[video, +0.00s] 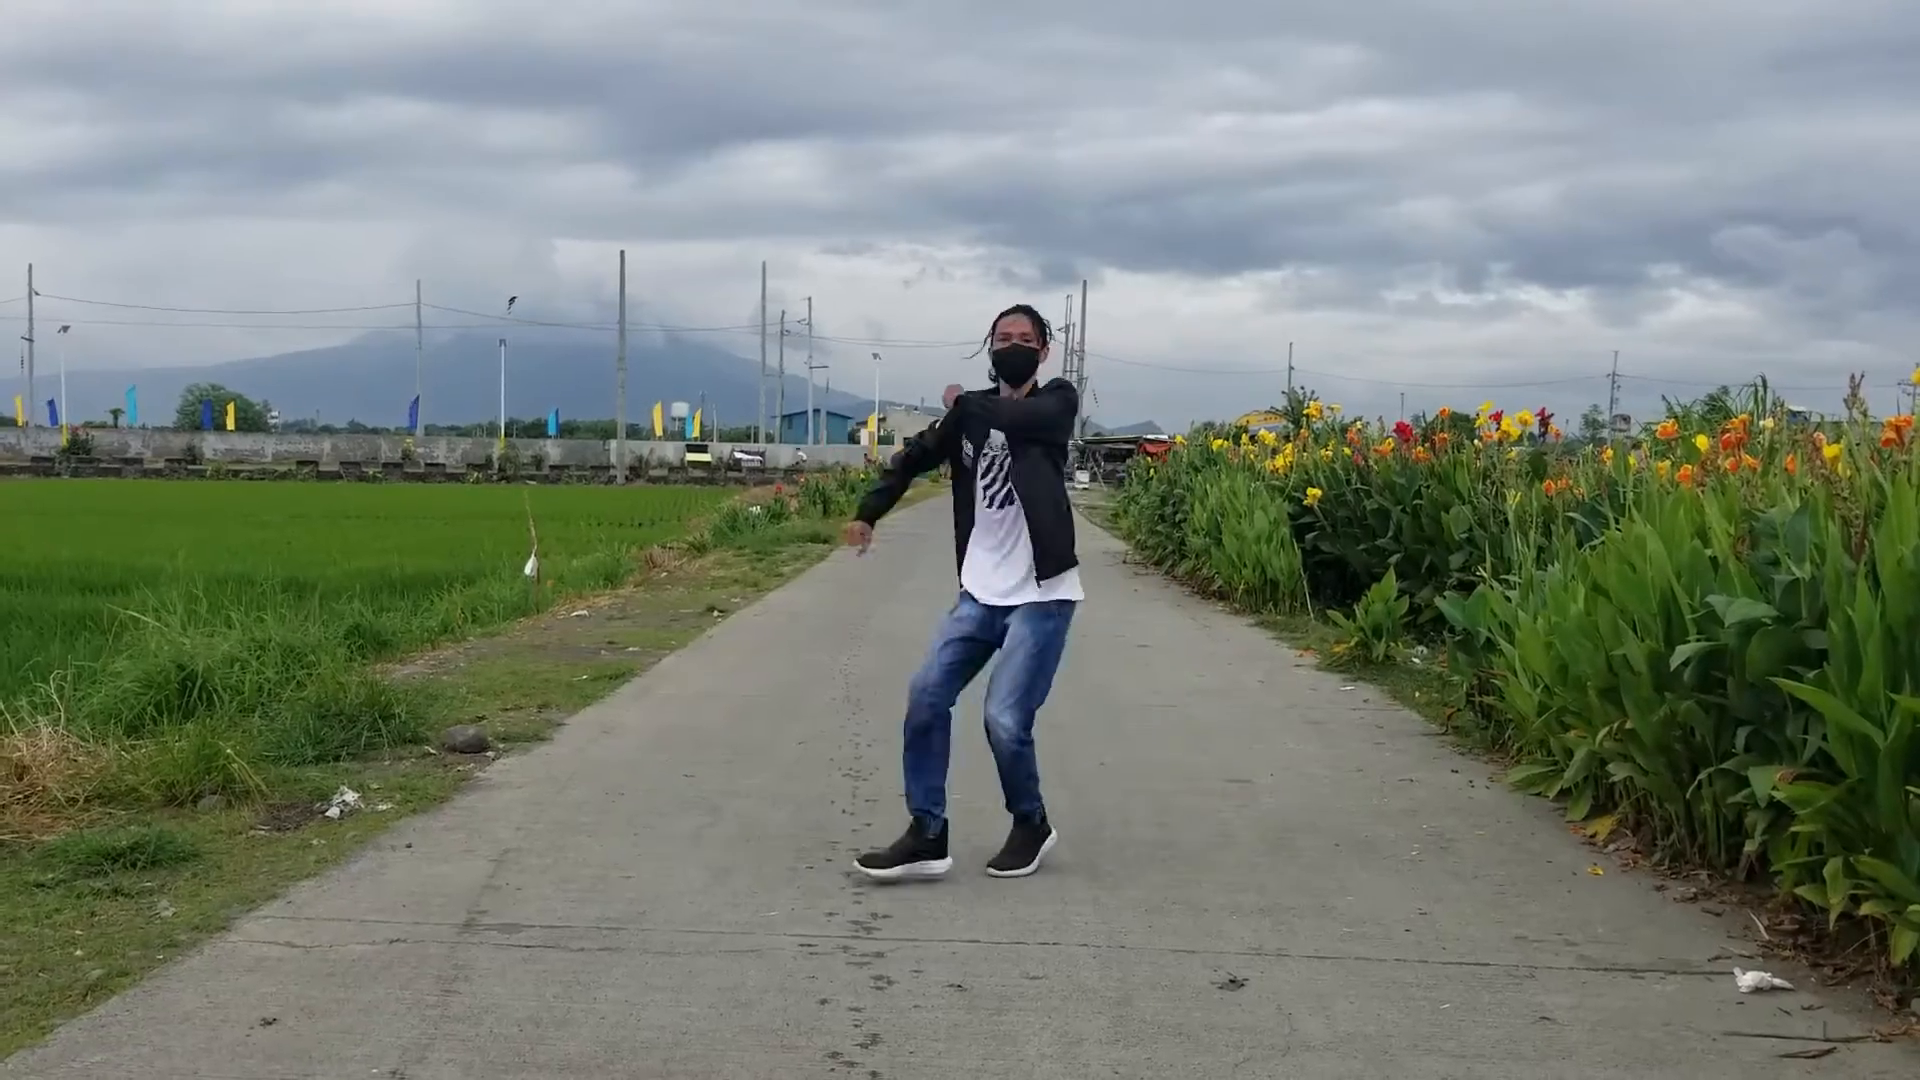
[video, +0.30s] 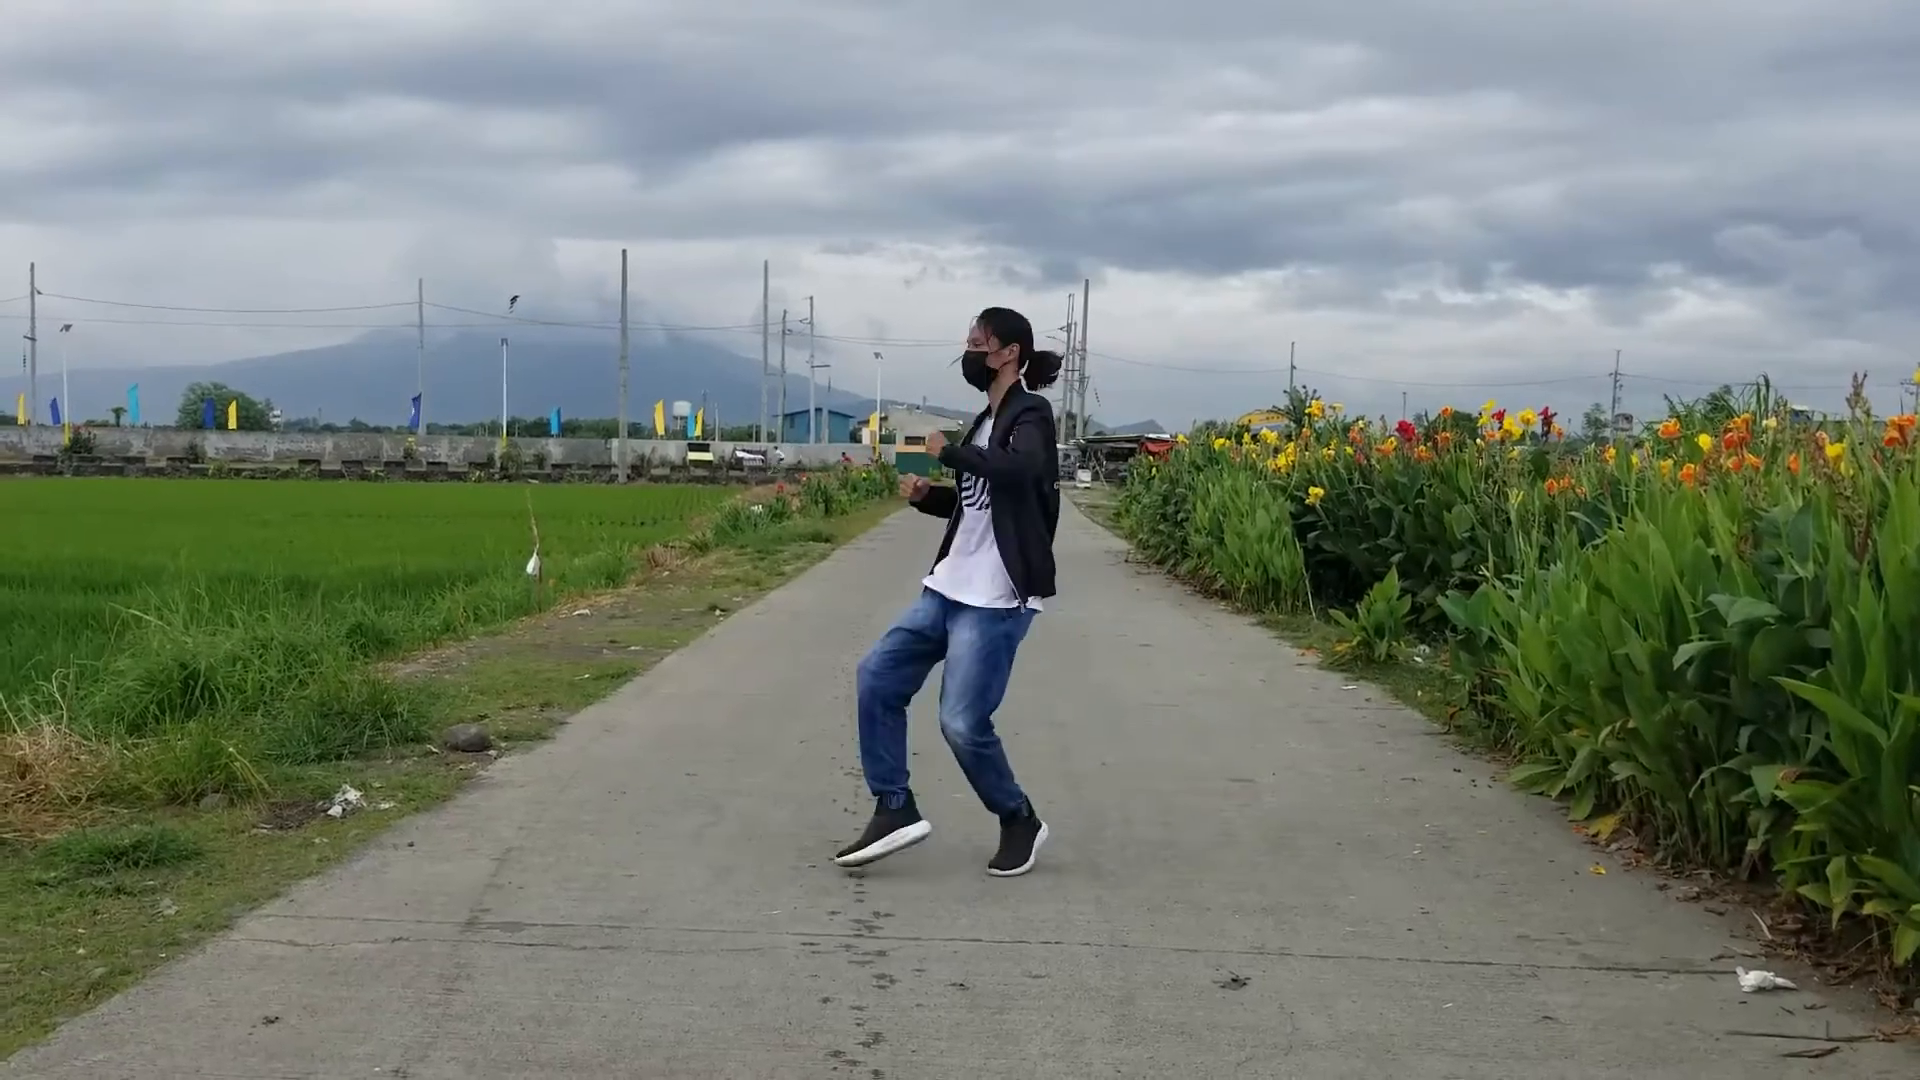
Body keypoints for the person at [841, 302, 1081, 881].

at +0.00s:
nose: (1013, 341)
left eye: (1025, 334)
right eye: (1003, 334)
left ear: (1043, 349)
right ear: (990, 348)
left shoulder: (1058, 397)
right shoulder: (967, 411)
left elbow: (1033, 419)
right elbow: (912, 462)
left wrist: (965, 402)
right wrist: (867, 514)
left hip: (1045, 592)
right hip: (982, 592)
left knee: (1004, 718)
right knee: (926, 693)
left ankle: (1030, 825)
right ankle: (927, 835)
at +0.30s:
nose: (970, 349)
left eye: (980, 342)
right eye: (970, 341)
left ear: (1012, 351)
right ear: (991, 353)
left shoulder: (1032, 414)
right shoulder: (985, 421)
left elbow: (1021, 467)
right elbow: (975, 507)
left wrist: (950, 453)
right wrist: (928, 497)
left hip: (998, 595)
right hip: (948, 585)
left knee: (961, 722)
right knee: (876, 679)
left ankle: (1018, 821)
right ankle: (895, 811)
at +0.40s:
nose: (965, 346)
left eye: (974, 338)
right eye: (967, 338)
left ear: (1002, 351)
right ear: (997, 353)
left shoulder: (1023, 405)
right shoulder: (992, 411)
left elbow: (1059, 462)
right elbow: (997, 473)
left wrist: (986, 516)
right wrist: (966, 432)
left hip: (989, 590)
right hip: (948, 580)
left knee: (946, 720)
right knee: (875, 684)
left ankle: (1013, 817)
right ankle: (895, 799)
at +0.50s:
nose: (960, 356)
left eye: (969, 348)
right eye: (963, 348)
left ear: (997, 360)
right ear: (994, 361)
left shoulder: (1017, 418)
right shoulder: (984, 418)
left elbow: (1055, 496)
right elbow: (995, 501)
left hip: (982, 596)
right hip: (944, 584)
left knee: (926, 721)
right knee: (901, 701)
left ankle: (1003, 816)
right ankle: (905, 807)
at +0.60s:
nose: (969, 344)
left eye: (979, 337)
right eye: (971, 336)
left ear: (1008, 350)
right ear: (998, 351)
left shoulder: (1020, 410)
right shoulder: (994, 409)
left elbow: (1050, 496)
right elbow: (978, 470)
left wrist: (1048, 585)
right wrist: (964, 422)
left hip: (1004, 596)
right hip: (967, 589)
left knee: (946, 705)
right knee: (908, 683)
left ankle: (1002, 822)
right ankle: (905, 801)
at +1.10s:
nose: (999, 365)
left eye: (1008, 355)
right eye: (996, 357)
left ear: (1041, 357)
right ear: (1003, 362)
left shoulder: (1096, 416)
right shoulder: (988, 431)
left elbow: (1159, 474)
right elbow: (921, 468)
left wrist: (1148, 528)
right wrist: (940, 424)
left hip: (1099, 604)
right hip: (1026, 603)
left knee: (1139, 713)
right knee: (967, 692)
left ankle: (1180, 811)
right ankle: (980, 812)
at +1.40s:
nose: (1029, 337)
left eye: (1030, 328)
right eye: (1016, 330)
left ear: (1033, 339)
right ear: (985, 345)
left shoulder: (1044, 405)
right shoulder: (971, 409)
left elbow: (1066, 486)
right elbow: (1000, 483)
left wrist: (1113, 437)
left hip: (1058, 558)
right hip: (1003, 574)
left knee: (1135, 601)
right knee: (1000, 703)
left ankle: (1146, 728)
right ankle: (949, 801)